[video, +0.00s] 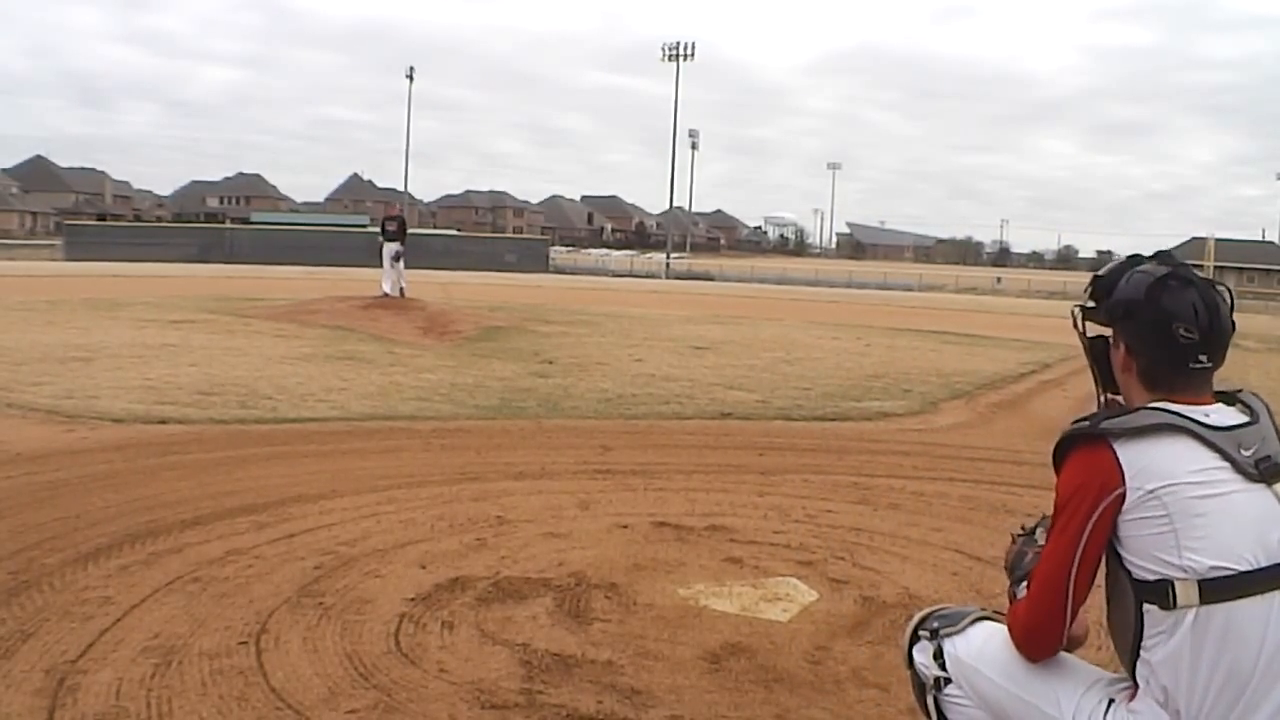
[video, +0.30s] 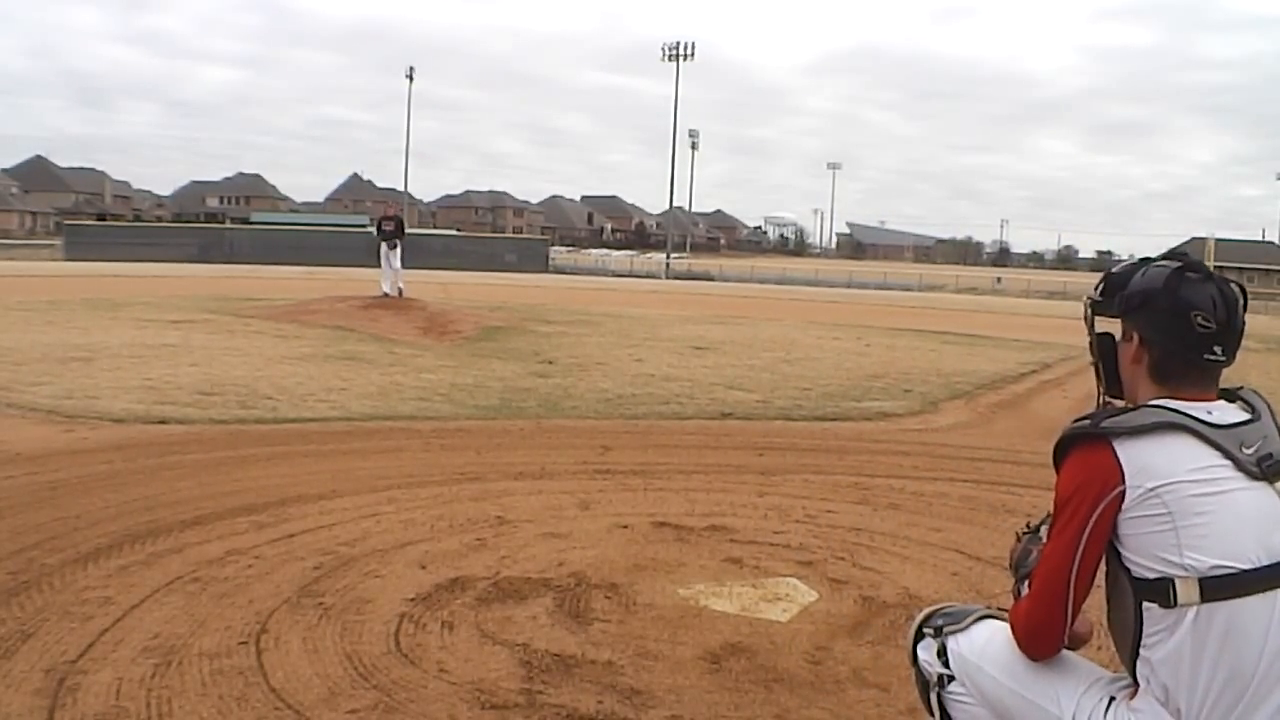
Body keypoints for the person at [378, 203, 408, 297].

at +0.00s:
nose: (392, 211)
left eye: (394, 208)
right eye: (391, 208)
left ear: (397, 209)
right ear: (388, 209)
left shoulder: (401, 219)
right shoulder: (385, 219)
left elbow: (404, 233)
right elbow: (382, 231)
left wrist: (402, 245)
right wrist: (384, 238)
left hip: (397, 244)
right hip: (387, 244)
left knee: (399, 268)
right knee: (386, 267)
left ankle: (401, 287)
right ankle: (386, 289)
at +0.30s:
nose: (389, 210)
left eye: (391, 207)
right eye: (388, 207)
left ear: (394, 209)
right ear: (385, 209)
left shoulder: (398, 220)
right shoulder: (381, 219)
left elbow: (402, 232)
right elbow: (378, 232)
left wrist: (397, 240)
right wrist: (383, 238)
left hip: (395, 242)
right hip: (384, 242)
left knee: (396, 266)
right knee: (384, 267)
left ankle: (399, 286)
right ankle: (386, 290)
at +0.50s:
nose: (389, 210)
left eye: (391, 207)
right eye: (388, 208)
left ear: (394, 209)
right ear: (385, 209)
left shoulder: (398, 219)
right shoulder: (381, 220)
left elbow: (402, 232)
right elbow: (376, 232)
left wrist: (397, 238)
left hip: (394, 243)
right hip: (384, 243)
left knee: (395, 267)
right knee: (384, 267)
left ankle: (399, 290)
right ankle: (386, 290)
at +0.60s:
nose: (390, 210)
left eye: (392, 207)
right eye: (388, 207)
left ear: (395, 209)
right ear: (386, 209)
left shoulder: (398, 219)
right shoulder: (382, 220)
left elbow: (402, 232)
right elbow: (375, 232)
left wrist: (398, 239)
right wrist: (366, 234)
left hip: (394, 242)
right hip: (384, 243)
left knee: (396, 267)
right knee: (384, 268)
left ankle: (399, 290)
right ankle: (386, 290)